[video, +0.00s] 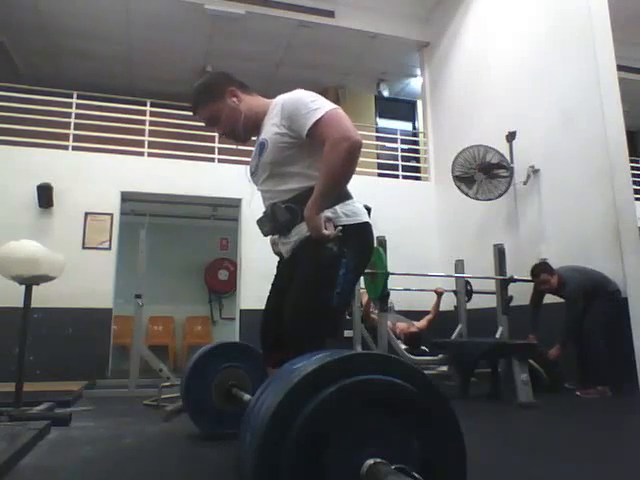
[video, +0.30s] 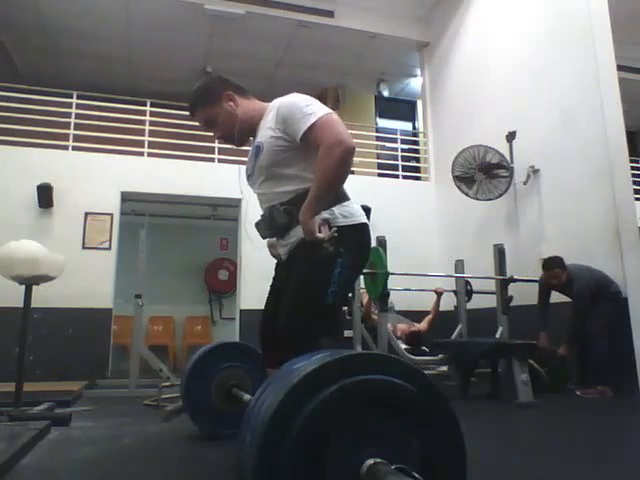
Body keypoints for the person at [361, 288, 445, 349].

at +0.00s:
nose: (404, 327)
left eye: (403, 331)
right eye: (409, 328)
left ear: (399, 337)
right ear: (412, 327)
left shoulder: (384, 329)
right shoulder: (417, 328)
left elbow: (367, 318)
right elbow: (432, 315)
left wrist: (369, 299)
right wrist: (439, 297)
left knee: (363, 294)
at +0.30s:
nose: (412, 327)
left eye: (408, 331)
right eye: (414, 329)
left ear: (401, 337)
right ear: (415, 328)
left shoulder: (385, 332)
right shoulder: (420, 329)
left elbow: (367, 318)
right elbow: (432, 315)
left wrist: (370, 298)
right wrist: (438, 297)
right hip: (388, 312)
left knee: (363, 294)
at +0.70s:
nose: (412, 326)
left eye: (410, 330)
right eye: (414, 328)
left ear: (401, 337)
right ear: (416, 328)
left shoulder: (385, 332)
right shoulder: (420, 331)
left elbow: (368, 318)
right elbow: (433, 316)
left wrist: (368, 297)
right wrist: (438, 297)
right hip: (390, 312)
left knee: (362, 292)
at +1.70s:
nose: (412, 327)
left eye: (409, 331)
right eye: (414, 329)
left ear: (403, 339)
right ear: (416, 329)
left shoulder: (387, 334)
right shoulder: (421, 331)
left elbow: (367, 318)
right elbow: (431, 315)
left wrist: (376, 302)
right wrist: (433, 297)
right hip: (390, 313)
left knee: (363, 294)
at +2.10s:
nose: (414, 327)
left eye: (412, 331)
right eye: (416, 329)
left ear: (403, 338)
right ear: (417, 329)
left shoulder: (387, 334)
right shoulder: (421, 332)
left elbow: (368, 319)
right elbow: (431, 315)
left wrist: (377, 303)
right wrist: (432, 297)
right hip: (390, 313)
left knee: (364, 295)